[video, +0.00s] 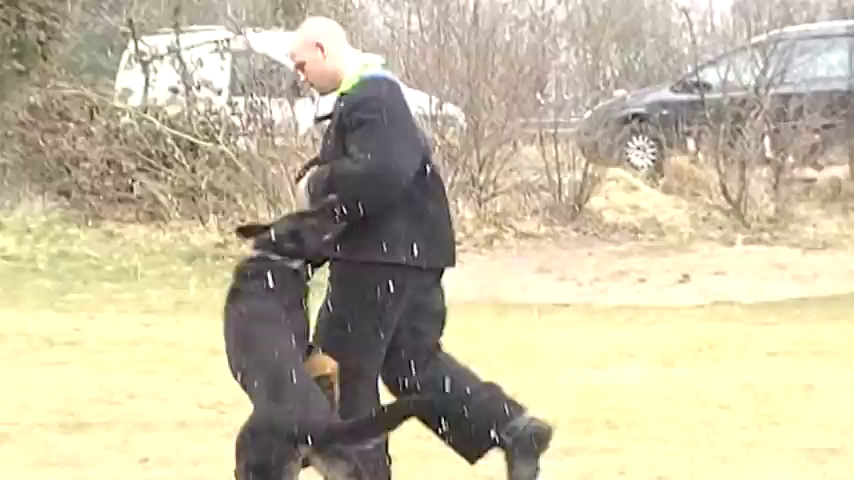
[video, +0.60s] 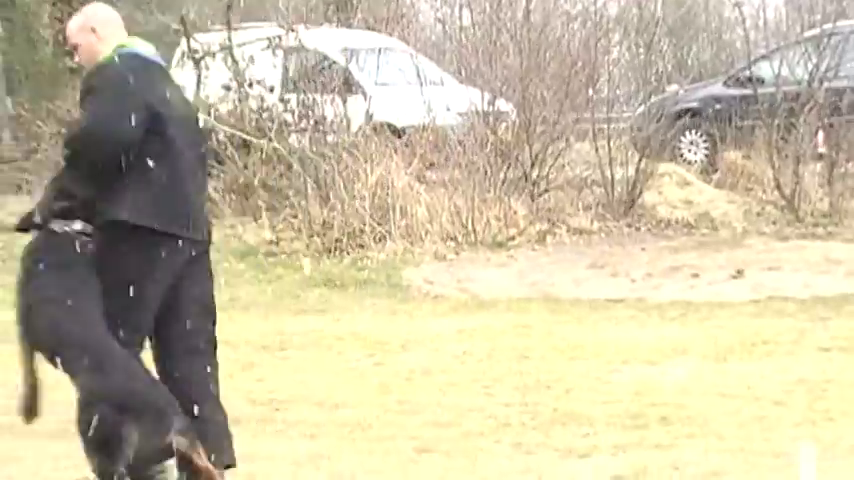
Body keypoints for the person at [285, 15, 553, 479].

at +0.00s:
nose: (302, 79)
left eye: (301, 66)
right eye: (298, 70)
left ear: (323, 50)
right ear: (326, 51)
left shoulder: (368, 94)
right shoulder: (368, 95)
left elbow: (387, 171)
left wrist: (323, 181)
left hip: (383, 253)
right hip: (410, 252)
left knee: (341, 362)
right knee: (411, 364)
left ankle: (359, 466)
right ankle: (514, 428)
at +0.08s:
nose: (293, 88)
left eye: (292, 76)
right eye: (288, 80)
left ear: (314, 58)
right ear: (317, 58)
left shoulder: (355, 103)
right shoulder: (349, 103)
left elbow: (349, 190)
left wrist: (287, 191)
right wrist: (288, 237)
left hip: (374, 263)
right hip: (364, 262)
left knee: (359, 387)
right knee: (370, 375)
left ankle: (388, 471)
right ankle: (455, 452)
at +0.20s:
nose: (245, 83)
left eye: (244, 70)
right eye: (241, 74)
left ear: (265, 54)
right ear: (279, 53)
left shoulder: (299, 103)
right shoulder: (329, 100)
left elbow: (291, 185)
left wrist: (255, 186)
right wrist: (257, 241)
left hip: (338, 268)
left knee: (366, 386)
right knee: (315, 385)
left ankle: (412, 471)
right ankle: (315, 471)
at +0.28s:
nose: (207, 79)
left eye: (205, 66)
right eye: (202, 69)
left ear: (225, 50)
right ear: (245, 48)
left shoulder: (251, 98)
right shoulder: (307, 98)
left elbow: (236, 181)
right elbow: (345, 147)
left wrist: (210, 185)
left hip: (292, 261)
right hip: (316, 255)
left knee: (345, 378)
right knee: (256, 379)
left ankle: (393, 470)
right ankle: (226, 465)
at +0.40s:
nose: (141, 69)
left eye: (143, 59)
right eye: (139, 61)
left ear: (167, 51)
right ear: (183, 49)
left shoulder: (177, 104)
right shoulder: (241, 98)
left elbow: (169, 179)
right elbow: (287, 156)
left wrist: (148, 218)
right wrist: (252, 202)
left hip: (215, 252)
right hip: (253, 248)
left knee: (249, 362)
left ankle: (336, 448)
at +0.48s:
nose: (104, 64)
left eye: (106, 53)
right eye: (102, 54)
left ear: (127, 43)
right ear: (147, 41)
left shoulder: (144, 90)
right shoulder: (204, 91)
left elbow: (142, 163)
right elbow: (247, 152)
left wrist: (108, 186)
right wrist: (212, 195)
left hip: (177, 244)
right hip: (217, 243)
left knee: (178, 359)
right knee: (189, 355)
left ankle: (263, 435)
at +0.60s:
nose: (75, 59)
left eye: (76, 47)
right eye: (72, 50)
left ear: (99, 32)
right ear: (116, 33)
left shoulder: (117, 71)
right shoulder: (164, 78)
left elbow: (110, 133)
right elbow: (196, 151)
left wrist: (69, 191)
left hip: (142, 228)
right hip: (189, 231)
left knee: (113, 347)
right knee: (188, 350)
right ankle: (212, 455)